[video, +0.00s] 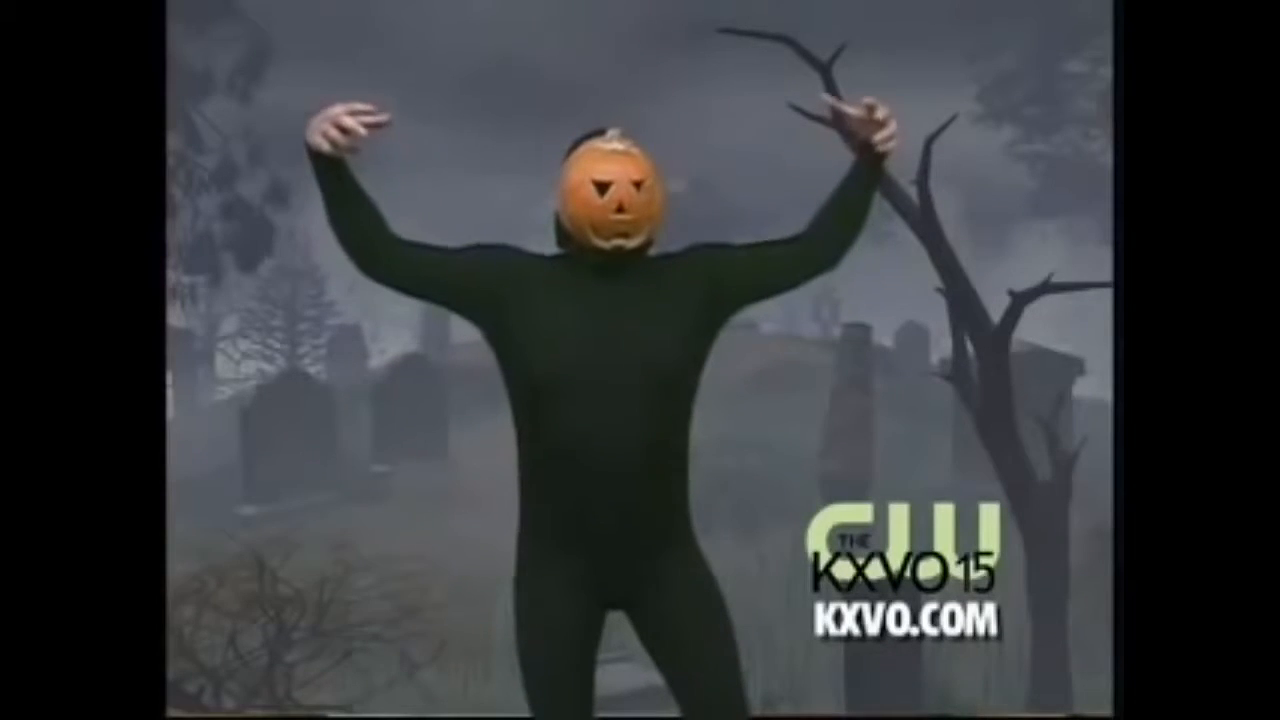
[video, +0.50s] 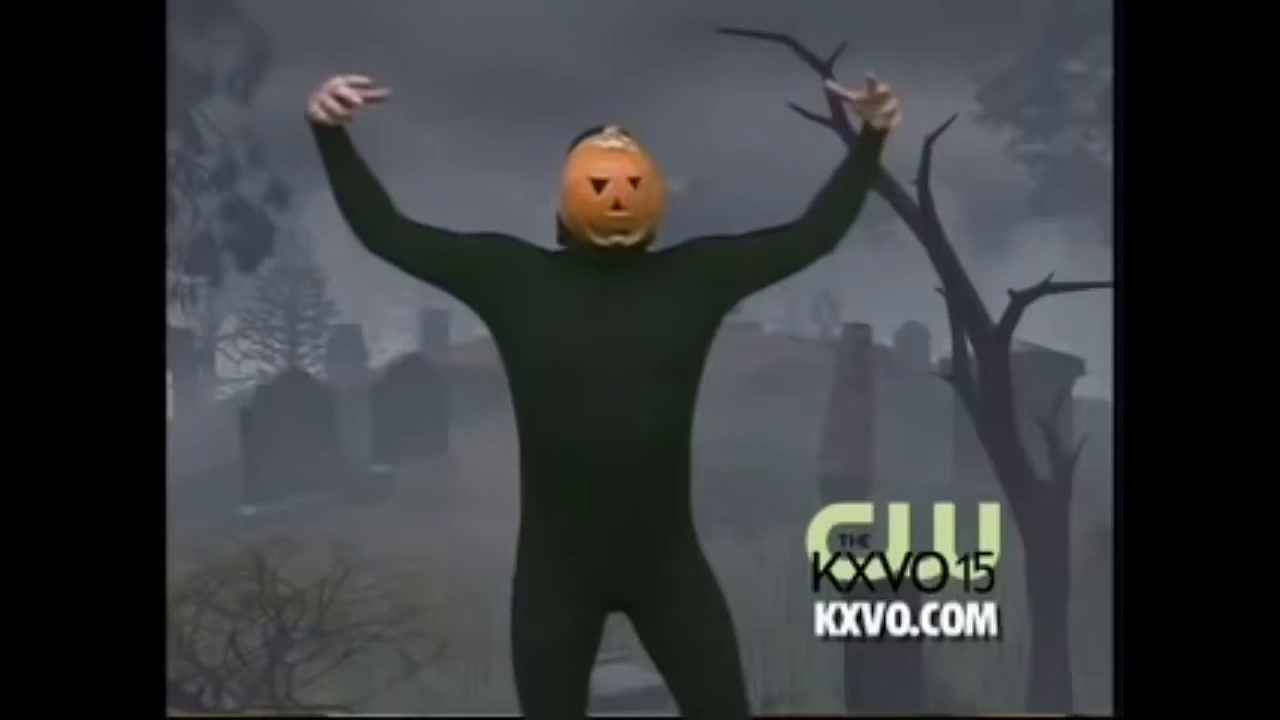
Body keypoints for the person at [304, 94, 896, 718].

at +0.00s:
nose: (616, 183)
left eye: (633, 172)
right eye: (595, 171)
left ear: (658, 201)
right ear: (560, 202)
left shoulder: (701, 281)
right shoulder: (507, 284)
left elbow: (818, 248)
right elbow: (379, 253)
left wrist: (866, 160)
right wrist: (328, 161)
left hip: (666, 557)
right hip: (556, 562)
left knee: (724, 710)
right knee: (559, 713)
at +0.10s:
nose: (617, 177)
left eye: (633, 168)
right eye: (595, 167)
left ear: (659, 203)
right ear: (560, 204)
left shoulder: (701, 280)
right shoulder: (507, 282)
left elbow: (819, 244)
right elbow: (380, 249)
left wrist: (868, 157)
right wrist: (329, 156)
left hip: (666, 557)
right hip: (555, 563)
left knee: (724, 711)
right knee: (556, 713)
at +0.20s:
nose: (619, 184)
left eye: (635, 174)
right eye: (597, 172)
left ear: (660, 201)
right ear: (561, 204)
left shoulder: (701, 279)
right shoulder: (508, 280)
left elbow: (818, 241)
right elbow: (383, 244)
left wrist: (869, 154)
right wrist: (329, 149)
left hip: (666, 557)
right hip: (556, 562)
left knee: (723, 710)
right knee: (554, 712)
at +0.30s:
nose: (618, 181)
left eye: (634, 171)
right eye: (596, 170)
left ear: (660, 200)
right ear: (561, 204)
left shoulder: (702, 278)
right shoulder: (509, 278)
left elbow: (817, 237)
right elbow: (383, 238)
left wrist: (869, 149)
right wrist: (329, 141)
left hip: (667, 557)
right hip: (556, 562)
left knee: (724, 710)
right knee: (553, 713)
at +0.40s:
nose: (617, 186)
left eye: (634, 176)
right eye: (596, 174)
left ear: (661, 201)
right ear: (561, 203)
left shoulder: (702, 277)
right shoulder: (508, 277)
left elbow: (818, 234)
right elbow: (384, 234)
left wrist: (869, 145)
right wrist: (330, 138)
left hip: (667, 558)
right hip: (556, 563)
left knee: (723, 711)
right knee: (552, 713)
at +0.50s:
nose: (617, 185)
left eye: (633, 175)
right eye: (596, 174)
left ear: (660, 200)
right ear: (561, 202)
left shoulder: (701, 276)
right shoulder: (507, 276)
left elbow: (816, 232)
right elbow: (383, 230)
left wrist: (867, 143)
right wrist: (331, 134)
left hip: (668, 560)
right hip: (555, 564)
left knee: (723, 710)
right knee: (550, 712)